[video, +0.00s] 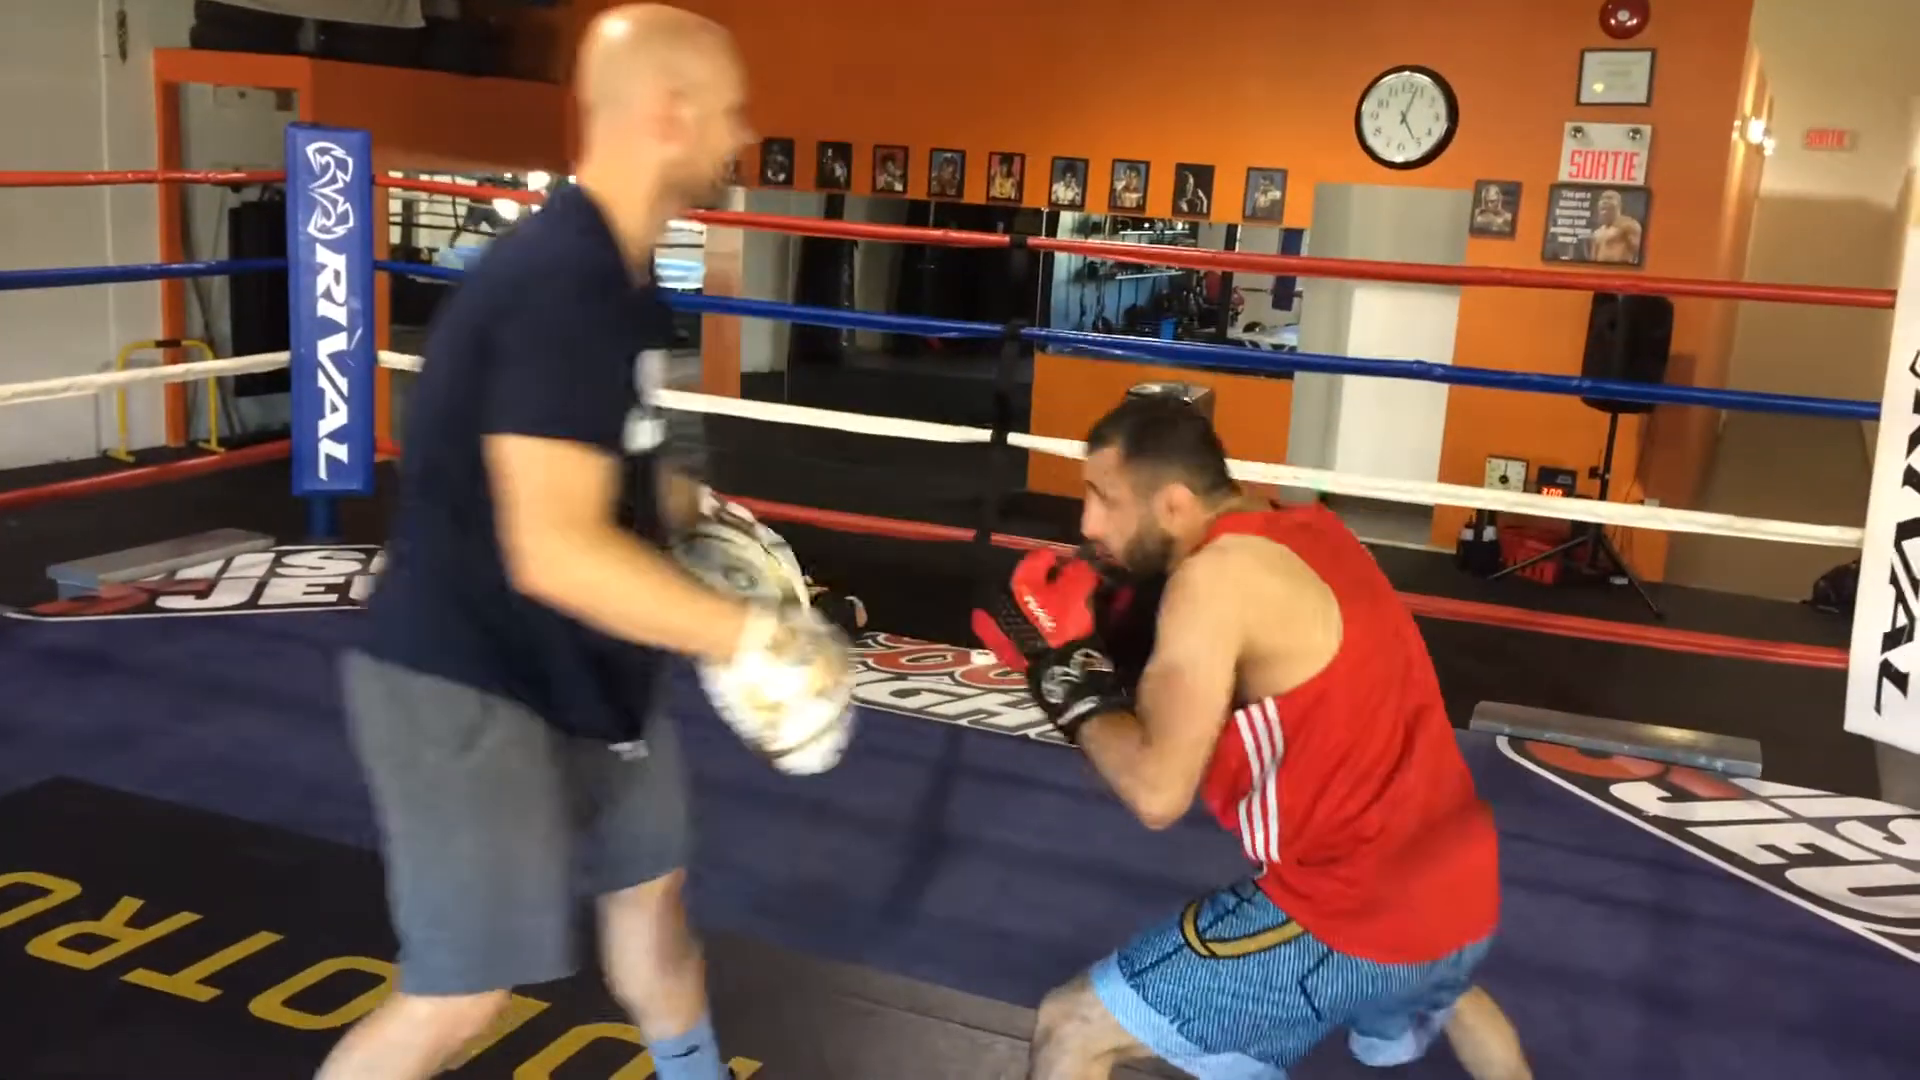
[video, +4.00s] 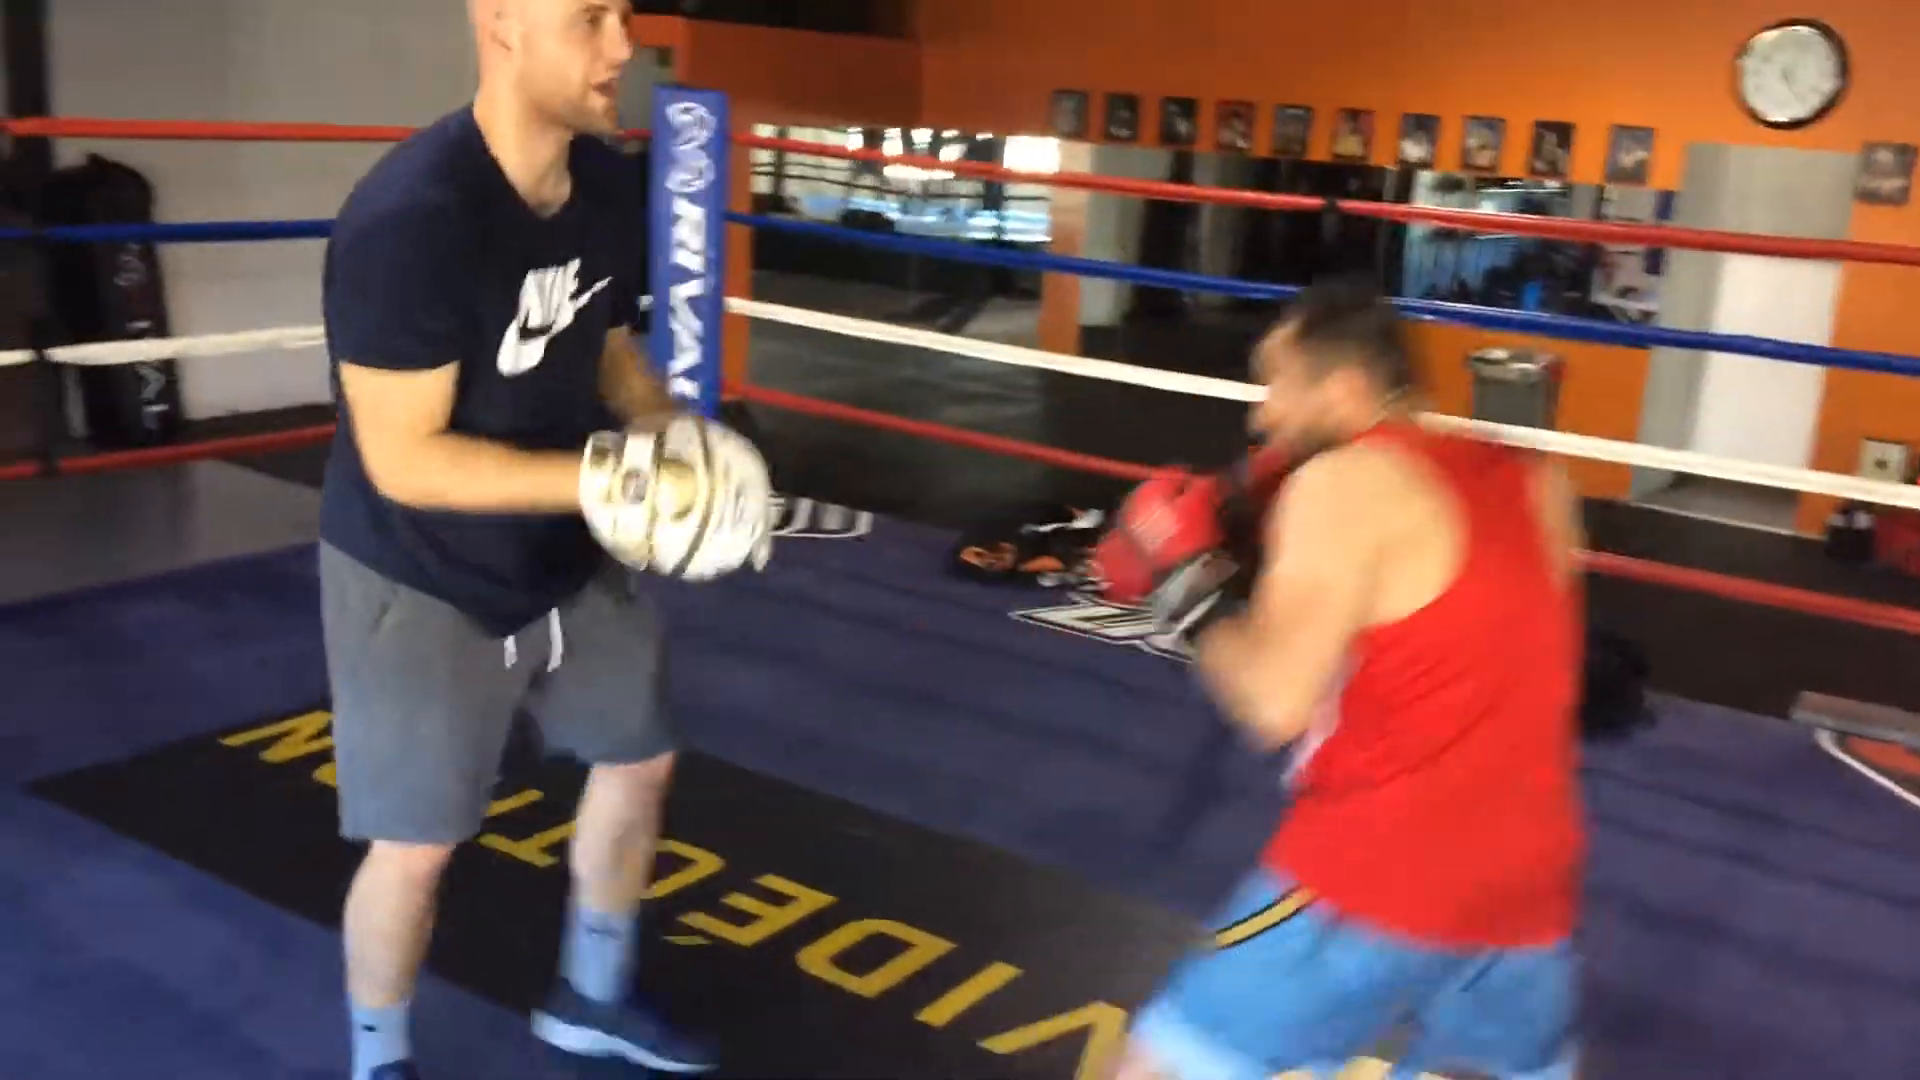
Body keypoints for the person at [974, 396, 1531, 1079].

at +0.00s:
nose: (1084, 522)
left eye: (1100, 499)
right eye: (1085, 496)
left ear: (1174, 504)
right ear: (1190, 502)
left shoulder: (1213, 579)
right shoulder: (1314, 529)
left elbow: (1157, 791)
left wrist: (1067, 680)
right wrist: (1117, 641)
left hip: (1348, 920)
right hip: (1460, 896)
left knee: (1073, 1029)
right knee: (1451, 995)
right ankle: (1514, 1077)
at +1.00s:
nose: (1199, 350)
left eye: (1220, 326)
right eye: (1204, 324)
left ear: (1295, 338)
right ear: (1305, 341)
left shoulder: (1299, 440)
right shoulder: (1393, 438)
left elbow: (1283, 645)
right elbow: (1311, 592)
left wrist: (1164, 544)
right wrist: (1195, 507)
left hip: (1251, 814)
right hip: (1357, 812)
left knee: (1054, 1009)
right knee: (1357, 1034)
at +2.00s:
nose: (1347, 464)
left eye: (1369, 442)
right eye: (1353, 438)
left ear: (1445, 454)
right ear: (1457, 458)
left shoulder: (1464, 549)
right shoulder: (1555, 540)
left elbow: (1362, 753)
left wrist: (1269, 625)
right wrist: (1321, 626)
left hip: (1431, 939)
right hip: (1534, 945)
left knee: (1133, 1011)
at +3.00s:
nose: (904, 659)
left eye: (911, 634)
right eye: (900, 633)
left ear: (981, 648)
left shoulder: (1105, 741)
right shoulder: (1128, 622)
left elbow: (1175, 987)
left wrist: (991, 973)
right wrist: (939, 704)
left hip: (1215, 1053)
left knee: (964, 1070)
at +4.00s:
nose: (1262, 411)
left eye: (1275, 385)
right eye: (1263, 385)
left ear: (1342, 387)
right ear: (1381, 378)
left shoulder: (1341, 487)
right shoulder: (1528, 472)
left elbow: (1273, 702)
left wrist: (1189, 583)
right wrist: (1282, 522)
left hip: (1369, 889)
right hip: (1525, 893)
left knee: (1168, 1059)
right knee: (1518, 1069)